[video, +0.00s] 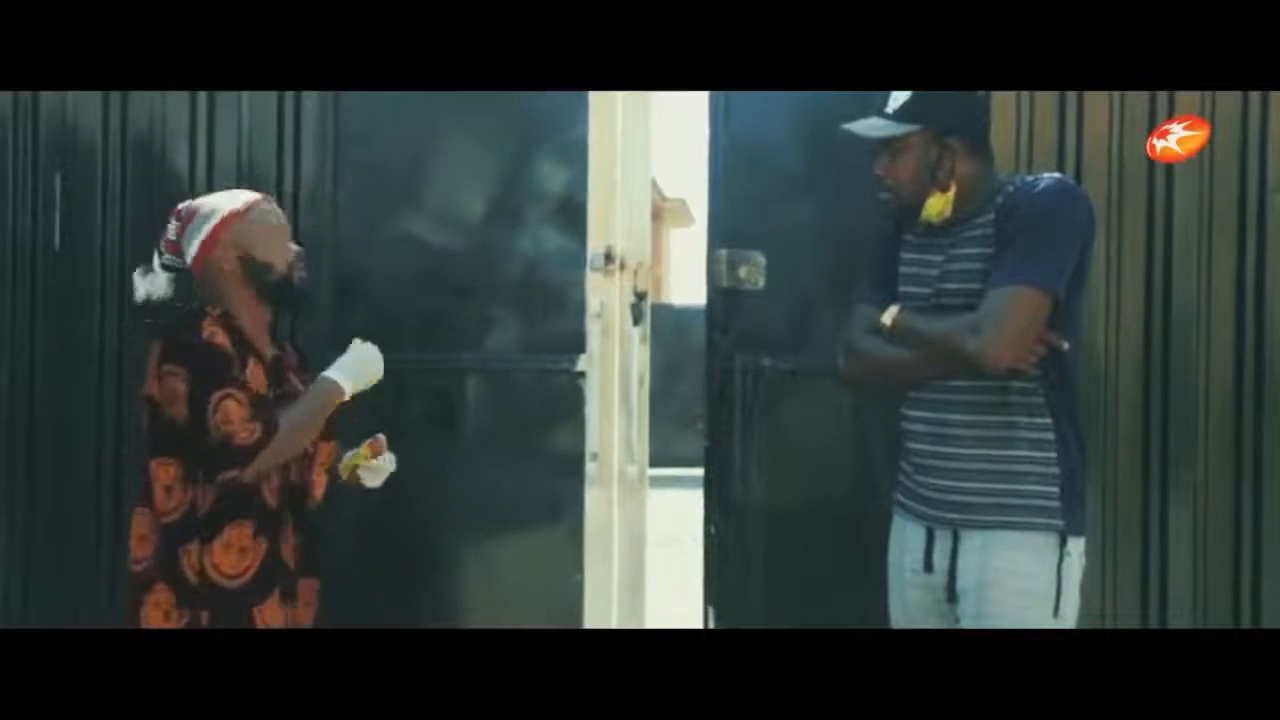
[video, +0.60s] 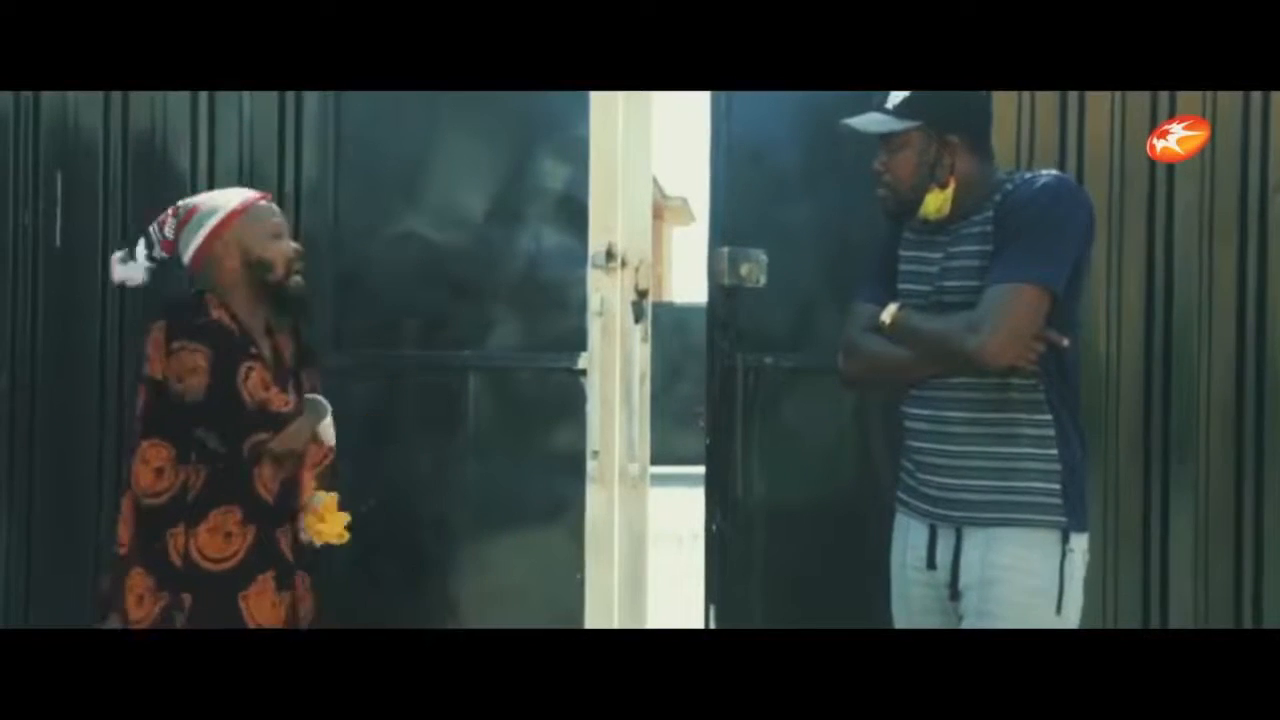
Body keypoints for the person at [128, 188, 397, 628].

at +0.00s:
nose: (295, 242)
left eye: (285, 224)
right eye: (271, 222)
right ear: (229, 254)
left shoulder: (283, 355)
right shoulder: (192, 347)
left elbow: (276, 465)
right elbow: (242, 453)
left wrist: (341, 466)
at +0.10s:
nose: (305, 270)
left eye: (305, 258)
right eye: (293, 255)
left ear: (244, 257)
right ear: (241, 254)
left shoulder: (264, 353)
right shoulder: (182, 350)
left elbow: (270, 450)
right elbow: (242, 455)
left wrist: (345, 450)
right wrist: (348, 382)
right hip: (202, 599)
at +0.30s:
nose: (299, 308)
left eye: (304, 293)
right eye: (296, 290)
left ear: (255, 273)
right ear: (253, 270)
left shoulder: (256, 352)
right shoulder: (177, 349)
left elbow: (266, 475)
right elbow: (237, 458)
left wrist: (344, 446)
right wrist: (329, 391)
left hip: (263, 602)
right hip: (190, 607)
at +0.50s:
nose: (300, 258)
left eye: (294, 245)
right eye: (284, 245)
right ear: (238, 256)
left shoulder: (280, 343)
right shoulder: (181, 344)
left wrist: (326, 491)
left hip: (269, 591)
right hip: (193, 597)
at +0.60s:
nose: (296, 249)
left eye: (291, 236)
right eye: (277, 236)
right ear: (224, 254)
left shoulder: (287, 341)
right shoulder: (187, 336)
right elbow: (153, 482)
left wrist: (312, 504)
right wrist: (270, 453)